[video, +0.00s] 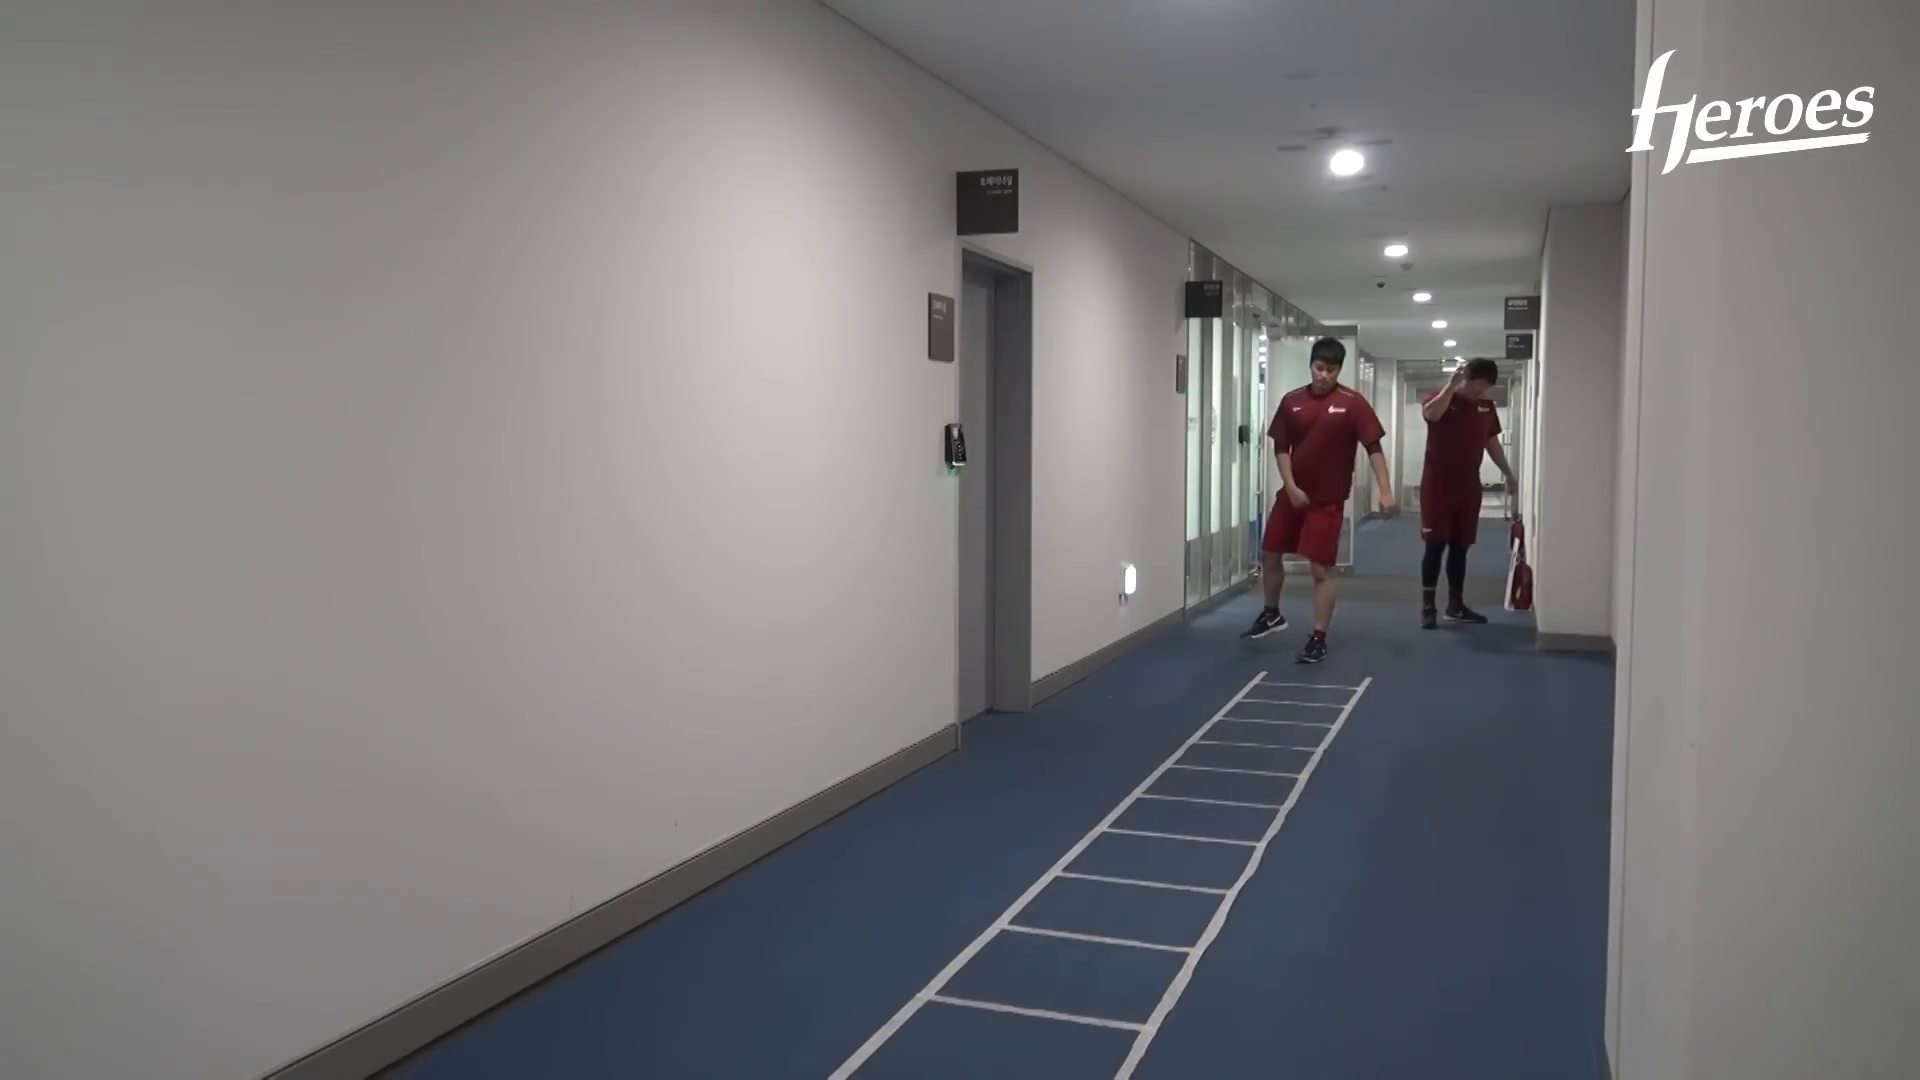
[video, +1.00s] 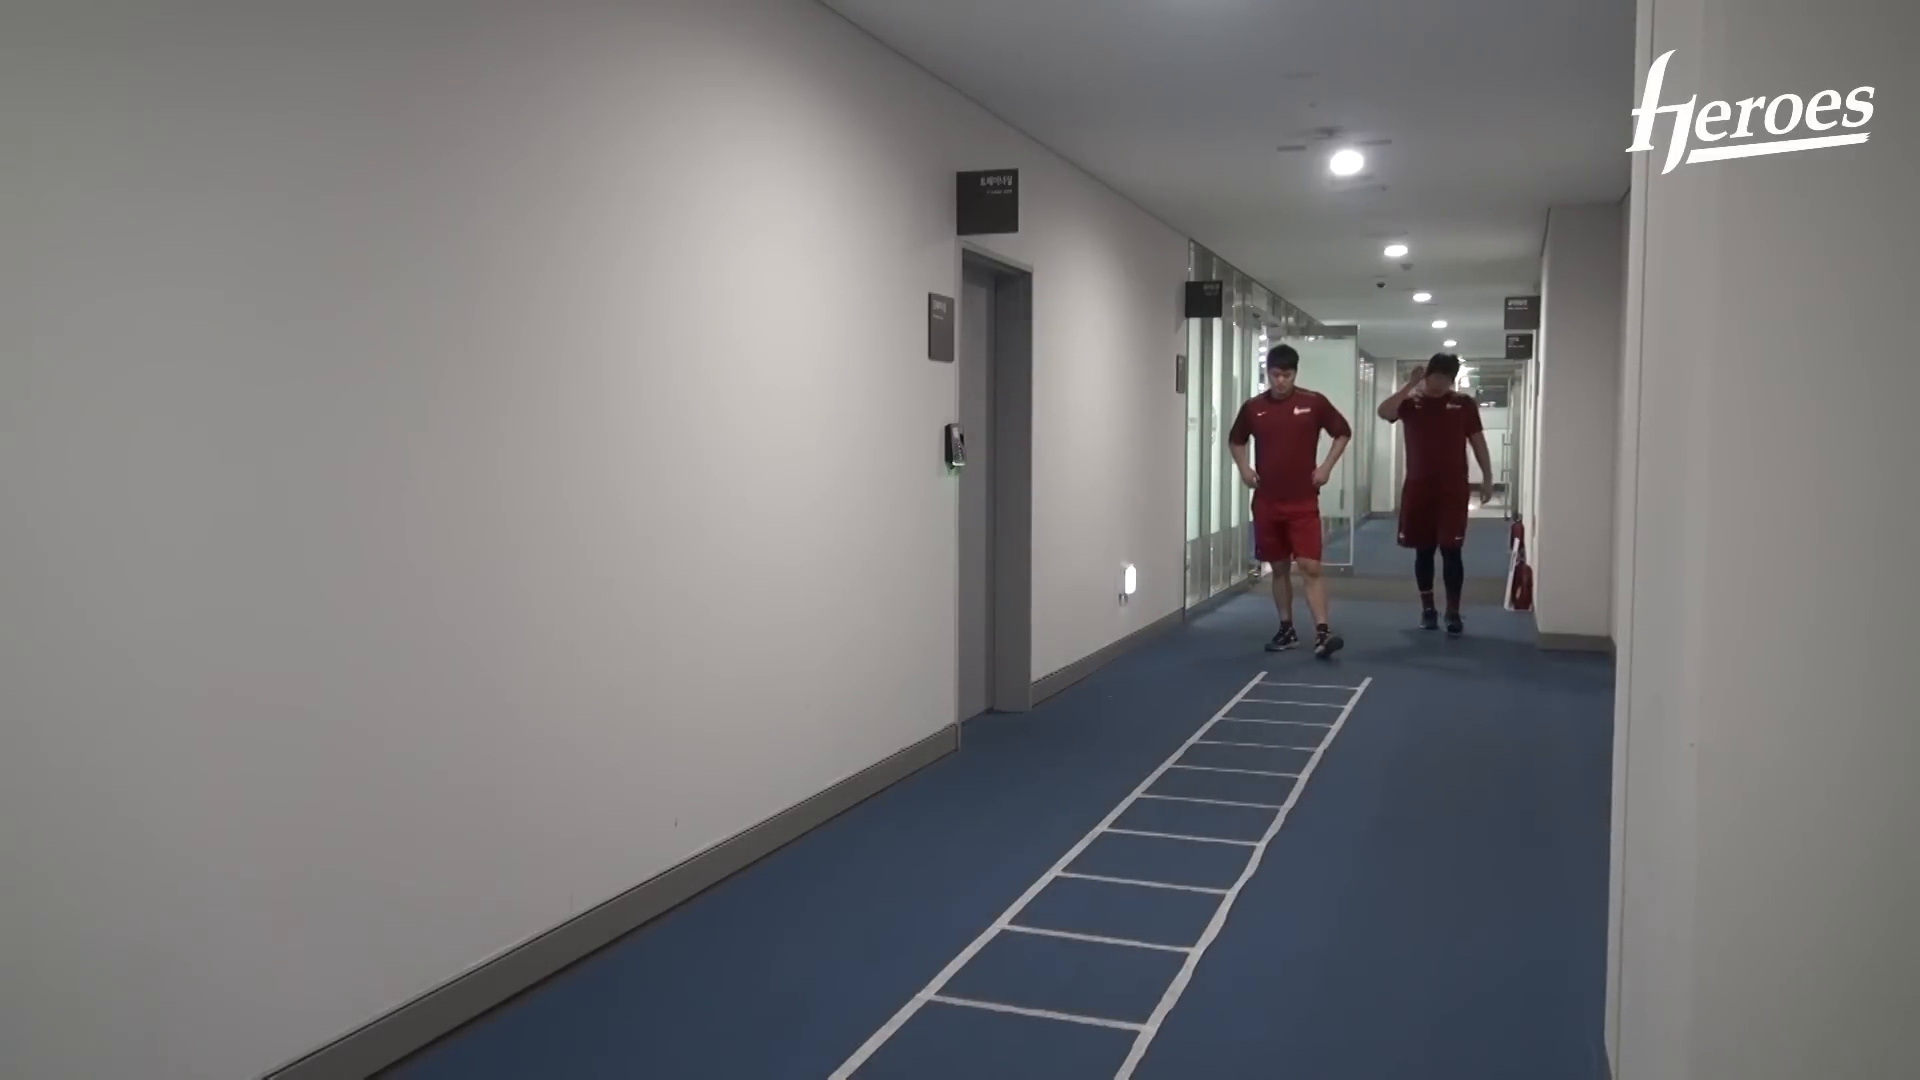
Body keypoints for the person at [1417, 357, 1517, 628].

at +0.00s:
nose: (1484, 392)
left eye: (1487, 388)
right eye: (1482, 386)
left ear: (1487, 386)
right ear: (1469, 378)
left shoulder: (1485, 406)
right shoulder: (1437, 397)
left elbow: (1492, 444)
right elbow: (1432, 415)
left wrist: (1508, 473)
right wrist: (1452, 387)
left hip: (1468, 486)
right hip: (1437, 485)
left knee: (1460, 547)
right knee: (1435, 545)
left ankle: (1455, 605)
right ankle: (1429, 607)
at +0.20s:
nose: (1471, 390)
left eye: (1475, 386)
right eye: (1469, 383)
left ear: (1478, 384)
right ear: (1457, 376)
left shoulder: (1479, 406)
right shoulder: (1432, 400)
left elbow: (1487, 444)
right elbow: (1418, 415)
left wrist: (1499, 476)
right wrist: (1439, 385)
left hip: (1467, 486)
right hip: (1435, 486)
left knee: (1462, 546)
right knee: (1434, 543)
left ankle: (1456, 605)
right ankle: (1429, 607)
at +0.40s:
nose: (1457, 388)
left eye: (1462, 384)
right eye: (1455, 382)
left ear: (1466, 382)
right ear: (1442, 376)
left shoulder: (1470, 404)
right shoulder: (1420, 401)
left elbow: (1480, 442)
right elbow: (1405, 414)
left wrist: (1490, 475)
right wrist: (1424, 384)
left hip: (1461, 485)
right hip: (1427, 486)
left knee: (1470, 544)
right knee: (1427, 544)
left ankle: (1459, 599)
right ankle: (1428, 607)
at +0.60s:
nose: (1449, 387)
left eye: (1454, 382)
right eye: (1446, 381)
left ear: (1458, 381)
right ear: (1434, 375)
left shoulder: (1463, 403)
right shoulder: (1413, 401)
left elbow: (1474, 441)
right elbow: (1395, 412)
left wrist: (1484, 475)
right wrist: (1416, 384)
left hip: (1458, 486)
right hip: (1423, 487)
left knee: (1472, 545)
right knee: (1425, 547)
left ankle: (1463, 599)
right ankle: (1428, 607)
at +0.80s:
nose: (1443, 386)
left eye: (1448, 382)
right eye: (1440, 381)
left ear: (1453, 380)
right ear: (1428, 375)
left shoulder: (1462, 403)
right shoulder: (1409, 402)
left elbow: (1474, 440)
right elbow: (1387, 411)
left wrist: (1484, 476)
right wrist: (1410, 384)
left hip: (1456, 488)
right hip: (1421, 489)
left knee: (1461, 549)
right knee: (1425, 549)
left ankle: (1462, 612)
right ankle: (1428, 610)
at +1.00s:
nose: (1437, 387)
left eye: (1442, 383)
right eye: (1434, 382)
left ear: (1452, 381)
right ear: (1426, 377)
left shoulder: (1463, 405)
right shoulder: (1410, 403)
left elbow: (1478, 442)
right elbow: (1384, 412)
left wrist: (1487, 478)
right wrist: (1408, 386)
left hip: (1453, 489)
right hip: (1419, 489)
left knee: (1451, 550)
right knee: (1424, 550)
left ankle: (1452, 612)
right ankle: (1428, 609)